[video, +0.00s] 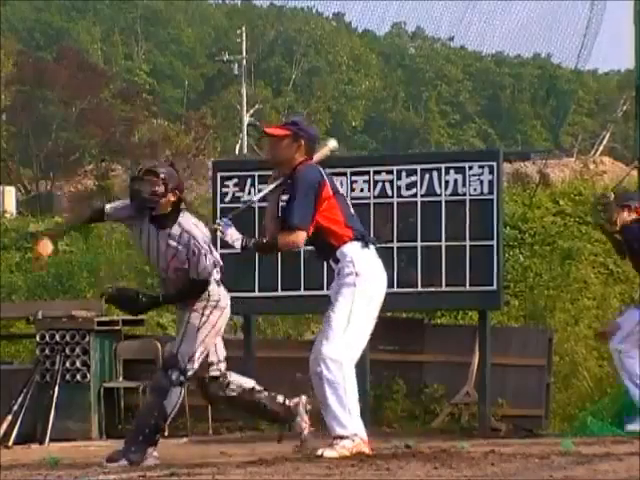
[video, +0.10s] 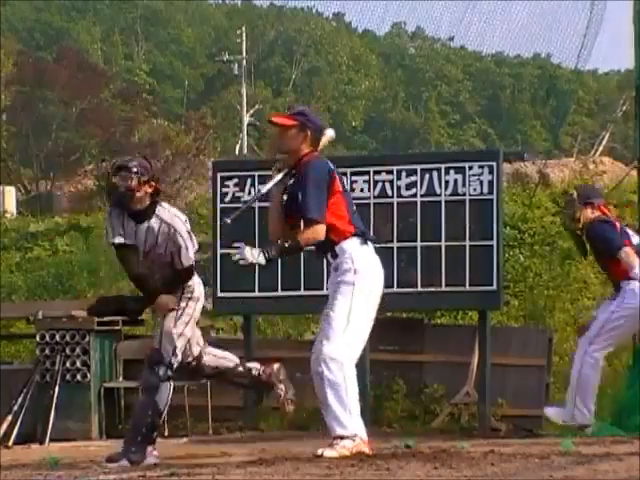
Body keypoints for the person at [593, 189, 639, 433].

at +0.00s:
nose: (614, 219)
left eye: (617, 214)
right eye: (614, 214)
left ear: (630, 211)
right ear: (631, 211)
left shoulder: (631, 232)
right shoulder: (630, 232)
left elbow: (629, 256)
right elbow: (624, 254)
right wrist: (609, 231)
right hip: (635, 307)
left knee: (622, 345)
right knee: (619, 341)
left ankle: (638, 409)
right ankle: (636, 407)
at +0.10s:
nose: (574, 215)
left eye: (577, 209)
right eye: (573, 209)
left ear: (590, 207)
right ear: (598, 206)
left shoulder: (599, 228)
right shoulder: (611, 225)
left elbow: (629, 256)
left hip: (632, 292)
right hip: (627, 291)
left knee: (592, 346)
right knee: (587, 341)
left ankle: (581, 413)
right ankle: (575, 410)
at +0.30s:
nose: (502, 226)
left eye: (505, 220)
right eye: (501, 220)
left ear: (520, 218)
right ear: (525, 218)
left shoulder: (524, 239)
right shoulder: (548, 234)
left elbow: (538, 284)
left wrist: (542, 328)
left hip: (573, 303)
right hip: (602, 299)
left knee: (533, 364)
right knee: (587, 375)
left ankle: (562, 428)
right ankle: (636, 394)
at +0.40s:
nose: (471, 225)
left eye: (473, 219)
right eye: (470, 219)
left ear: (485, 218)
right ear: (495, 216)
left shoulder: (494, 239)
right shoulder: (515, 234)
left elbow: (498, 289)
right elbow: (545, 273)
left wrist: (479, 332)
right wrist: (568, 323)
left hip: (544, 303)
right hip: (568, 296)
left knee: (516, 371)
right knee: (535, 362)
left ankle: (559, 426)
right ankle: (572, 410)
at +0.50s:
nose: (439, 221)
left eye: (442, 215)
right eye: (438, 215)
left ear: (456, 214)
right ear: (464, 213)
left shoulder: (461, 235)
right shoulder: (482, 231)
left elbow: (461, 284)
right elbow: (518, 265)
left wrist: (434, 311)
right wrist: (550, 297)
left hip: (515, 297)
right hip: (534, 291)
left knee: (506, 375)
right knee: (489, 349)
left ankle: (557, 421)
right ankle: (489, 421)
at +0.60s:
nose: (408, 221)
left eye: (411, 216)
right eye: (409, 216)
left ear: (425, 215)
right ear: (433, 215)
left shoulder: (429, 235)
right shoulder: (455, 232)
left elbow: (429, 284)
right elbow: (492, 266)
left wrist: (406, 315)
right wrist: (527, 294)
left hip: (480, 300)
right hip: (500, 297)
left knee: (482, 373)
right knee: (455, 359)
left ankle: (540, 409)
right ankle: (436, 427)